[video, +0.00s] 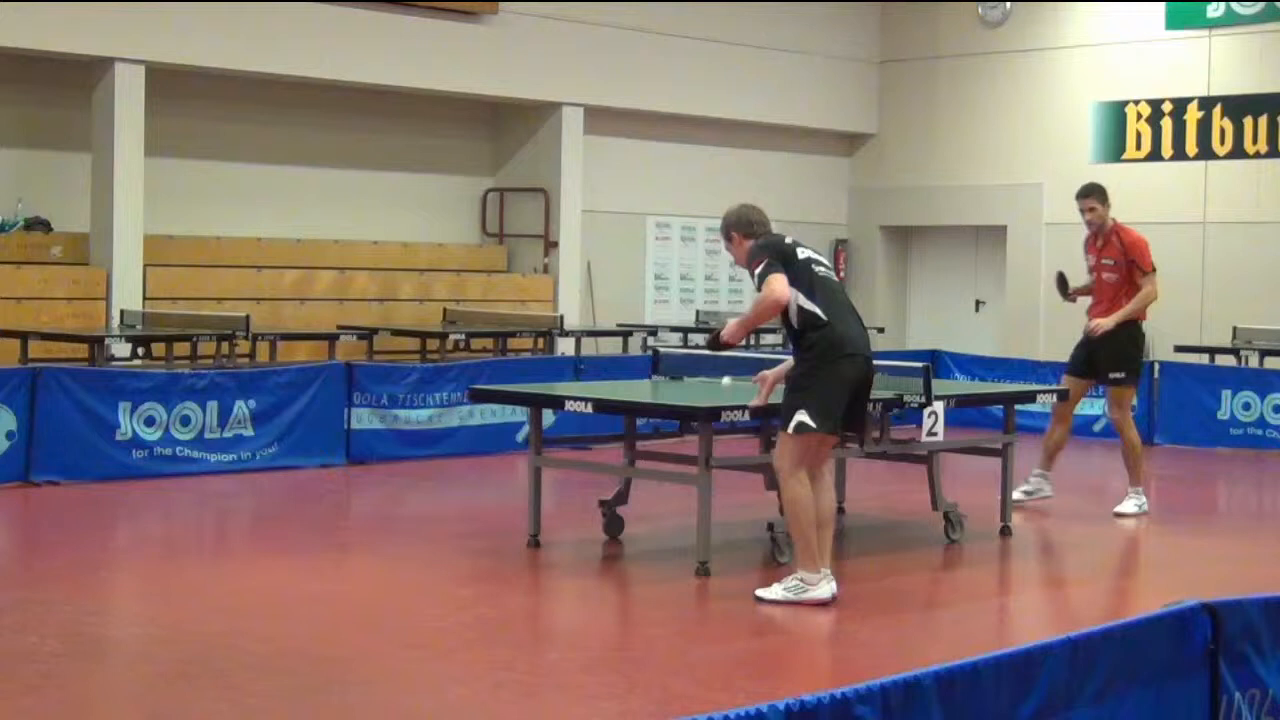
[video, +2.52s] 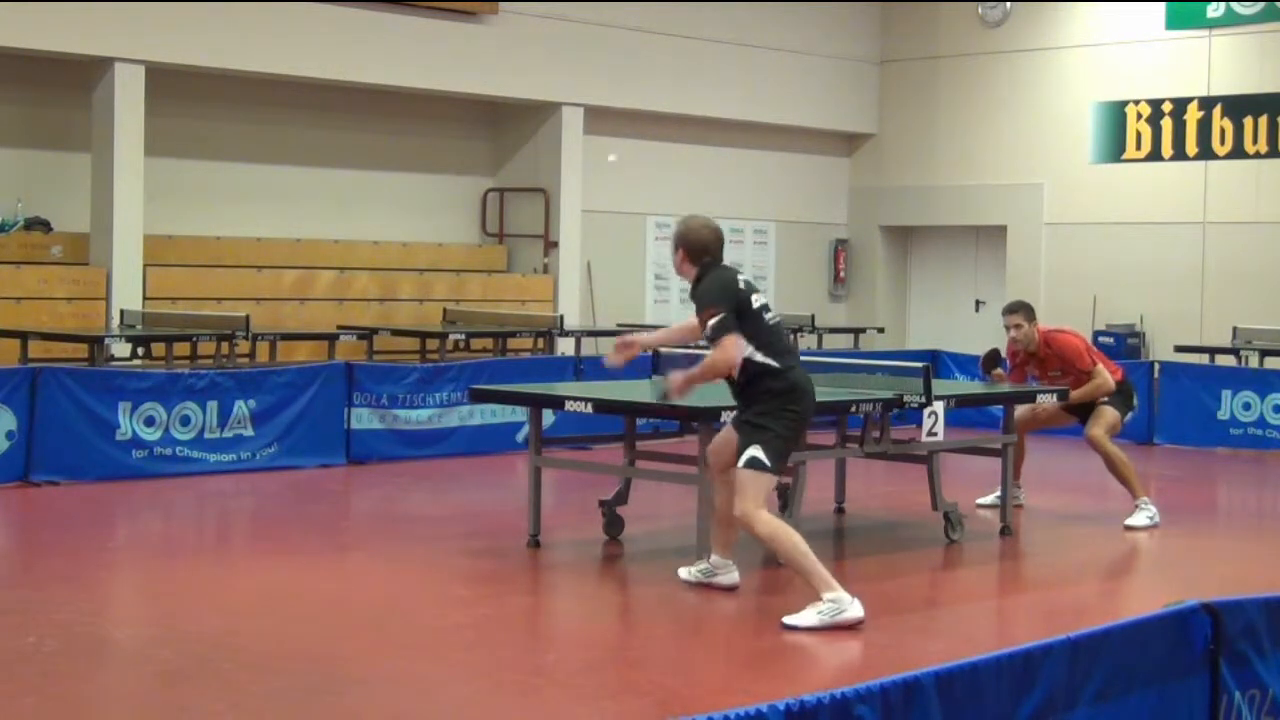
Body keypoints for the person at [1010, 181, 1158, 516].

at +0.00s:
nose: (1088, 217)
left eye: (1092, 210)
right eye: (1083, 212)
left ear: (1108, 207)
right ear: (1080, 213)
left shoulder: (1131, 241)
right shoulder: (1091, 241)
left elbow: (1151, 291)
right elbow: (1101, 281)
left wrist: (1112, 319)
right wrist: (1076, 292)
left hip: (1124, 333)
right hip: (1094, 330)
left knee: (1120, 414)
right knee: (1064, 404)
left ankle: (1137, 494)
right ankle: (1041, 479)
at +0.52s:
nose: (1045, 218)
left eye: (1049, 211)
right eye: (1038, 214)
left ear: (1057, 209)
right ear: (1029, 216)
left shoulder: (1084, 241)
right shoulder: (1025, 250)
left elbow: (1112, 282)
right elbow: (1018, 295)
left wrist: (1104, 321)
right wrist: (1018, 295)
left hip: (1087, 331)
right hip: (1051, 336)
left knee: (1097, 408)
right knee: (1025, 411)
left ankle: (1128, 488)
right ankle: (1020, 487)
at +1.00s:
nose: (1046, 230)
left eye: (1051, 222)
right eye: (1040, 224)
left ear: (1061, 220)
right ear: (1033, 227)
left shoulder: (1087, 251)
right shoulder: (1037, 257)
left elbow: (1122, 293)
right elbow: (1042, 300)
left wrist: (1085, 324)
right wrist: (1027, 302)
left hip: (1093, 342)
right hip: (1059, 341)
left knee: (1098, 418)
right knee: (1025, 410)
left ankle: (1132, 499)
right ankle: (1013, 484)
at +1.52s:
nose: (1015, 324)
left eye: (1020, 316)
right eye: (1011, 318)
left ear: (1036, 313)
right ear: (1009, 318)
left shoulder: (1069, 330)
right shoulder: (1021, 338)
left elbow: (1106, 374)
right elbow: (1024, 378)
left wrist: (1056, 383)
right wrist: (1005, 365)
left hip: (1115, 384)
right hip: (1080, 390)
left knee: (1097, 432)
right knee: (1017, 420)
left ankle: (1145, 505)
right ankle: (1012, 490)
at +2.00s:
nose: (1012, 344)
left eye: (1017, 336)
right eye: (1008, 338)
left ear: (1035, 334)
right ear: (1006, 338)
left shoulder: (1065, 349)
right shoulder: (1017, 357)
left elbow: (1106, 390)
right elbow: (1019, 395)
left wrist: (1060, 405)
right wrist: (998, 381)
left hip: (1117, 393)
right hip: (1078, 398)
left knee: (1095, 435)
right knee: (1017, 422)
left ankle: (1144, 505)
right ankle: (1011, 489)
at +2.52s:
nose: (1012, 334)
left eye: (1017, 327)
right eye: (1007, 329)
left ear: (1034, 326)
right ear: (1005, 330)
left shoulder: (1064, 342)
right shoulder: (1017, 350)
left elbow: (1106, 383)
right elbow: (1017, 393)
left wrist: (1063, 399)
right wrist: (999, 377)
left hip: (1115, 391)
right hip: (1078, 396)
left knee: (1095, 434)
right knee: (1015, 421)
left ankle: (1144, 505)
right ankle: (1011, 489)